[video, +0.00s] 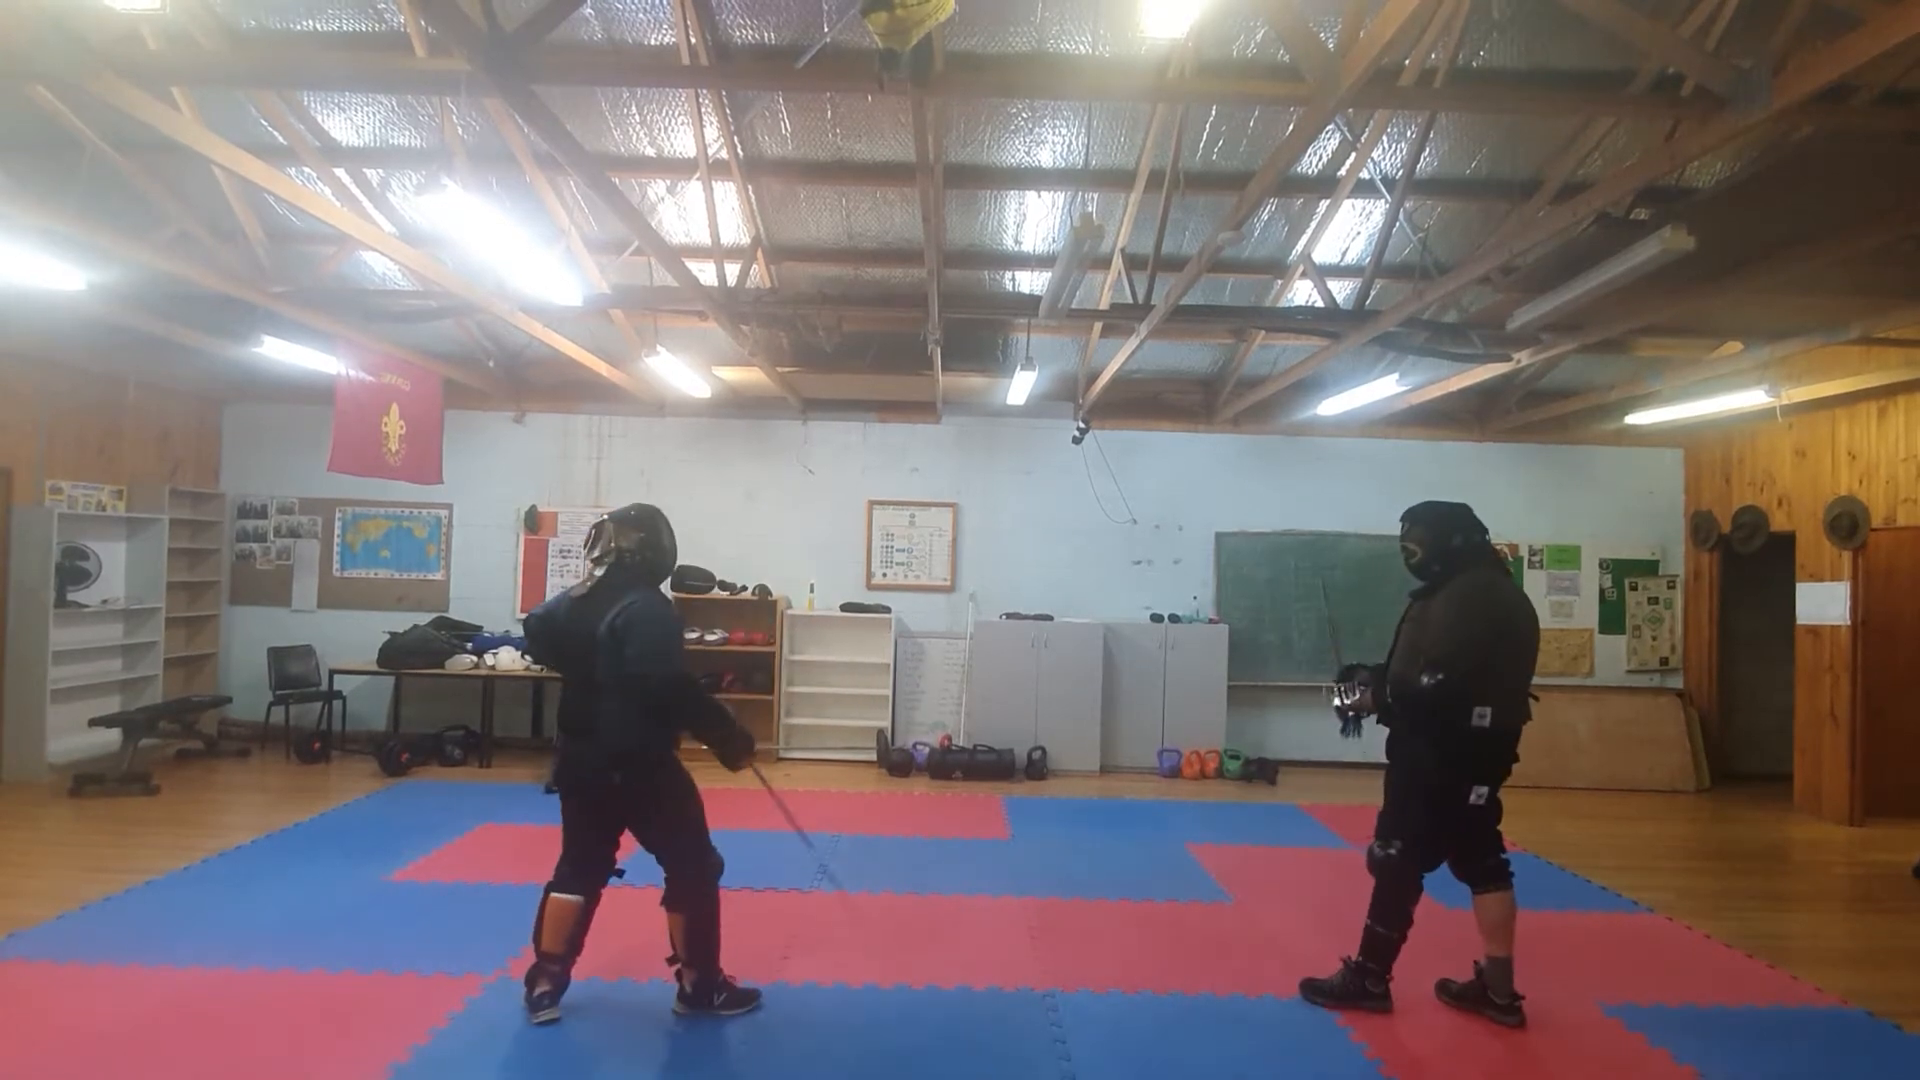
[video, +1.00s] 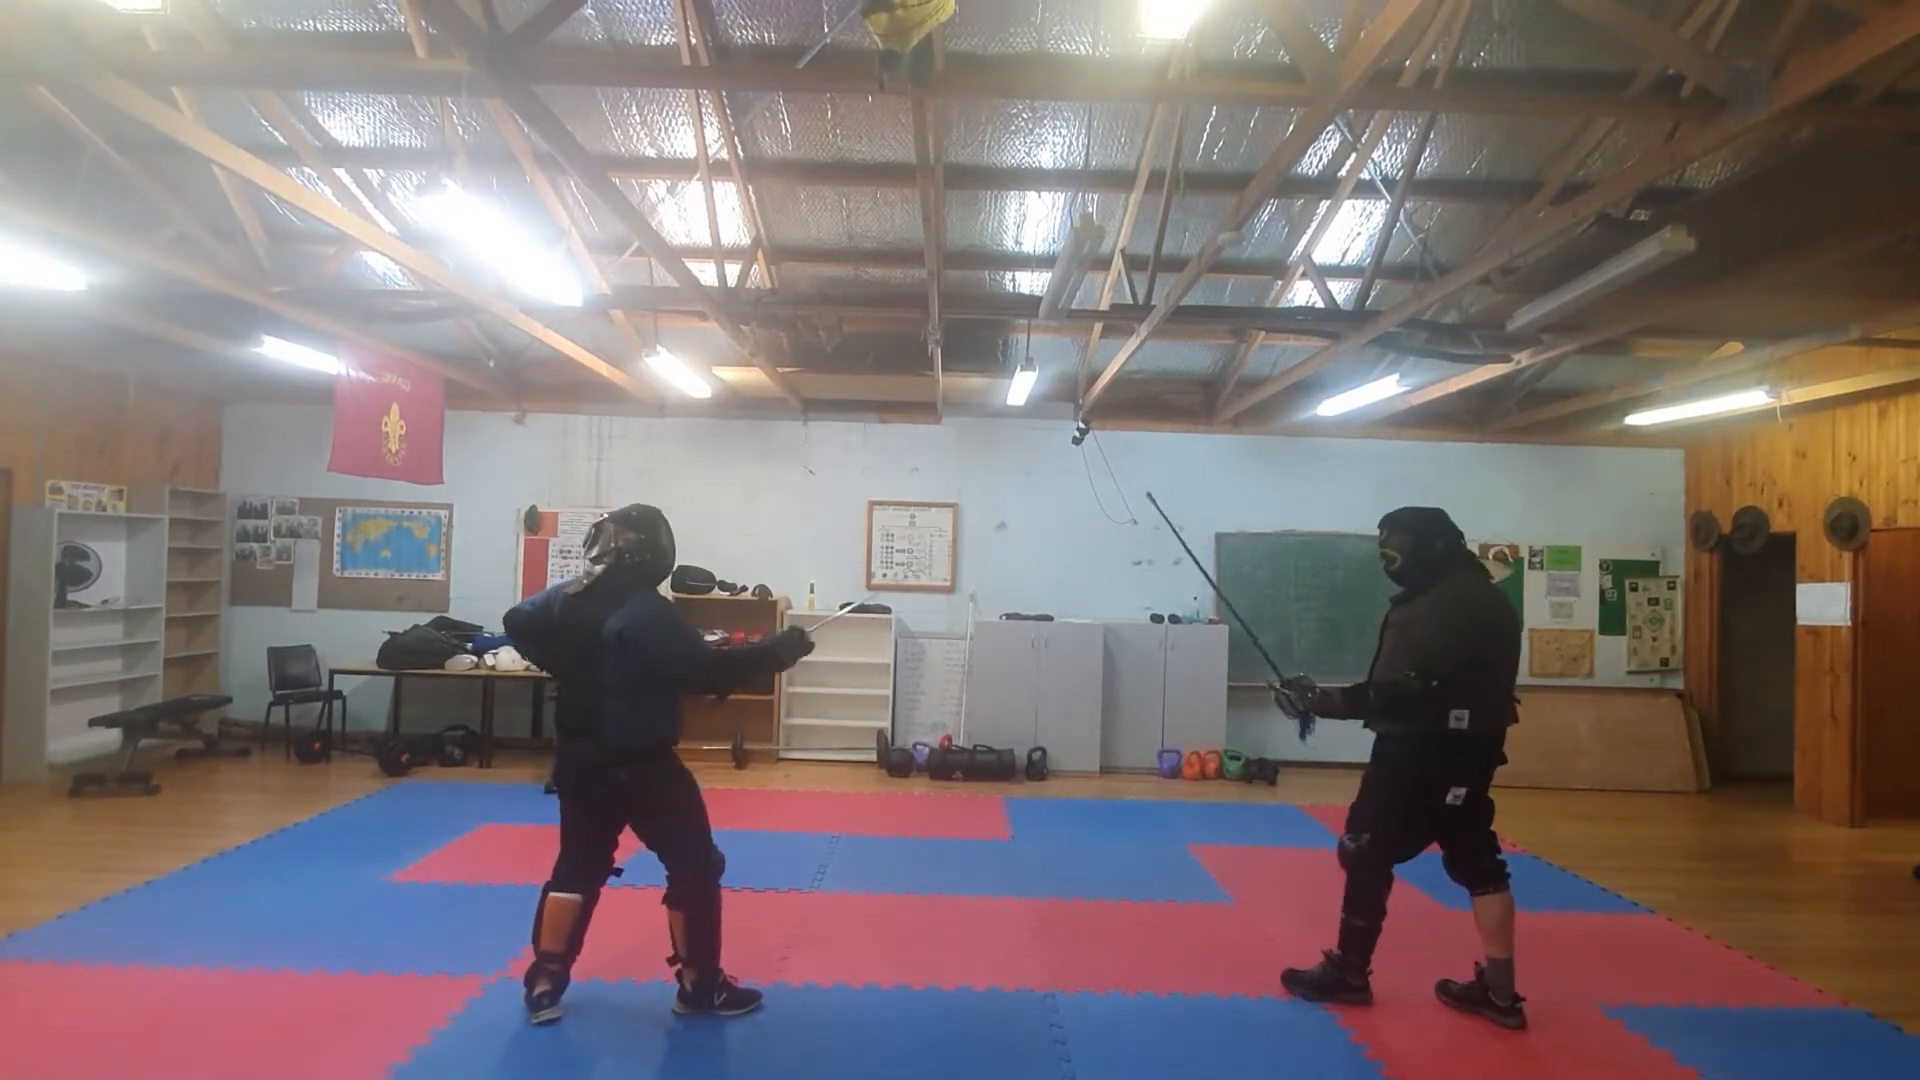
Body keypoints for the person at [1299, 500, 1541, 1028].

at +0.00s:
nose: (1410, 560)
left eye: (1416, 549)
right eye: (1407, 550)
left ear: (1448, 543)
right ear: (1457, 542)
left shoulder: (1464, 599)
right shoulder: (1496, 593)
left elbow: (1445, 693)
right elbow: (1435, 672)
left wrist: (1383, 698)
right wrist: (1380, 681)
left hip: (1433, 763)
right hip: (1479, 762)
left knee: (1396, 861)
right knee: (1484, 864)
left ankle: (1369, 975)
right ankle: (1497, 986)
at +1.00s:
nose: (1388, 566)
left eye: (1394, 554)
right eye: (1385, 555)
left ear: (1423, 548)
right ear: (1442, 546)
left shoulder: (1421, 609)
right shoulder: (1491, 601)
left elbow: (1395, 700)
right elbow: (1495, 699)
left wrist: (1319, 699)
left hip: (1413, 757)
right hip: (1472, 758)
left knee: (1366, 852)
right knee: (1479, 864)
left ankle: (1349, 970)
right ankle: (1499, 989)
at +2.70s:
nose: (1368, 567)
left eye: (1373, 556)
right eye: (1366, 557)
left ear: (1402, 551)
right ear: (1426, 547)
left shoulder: (1405, 606)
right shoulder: (1475, 600)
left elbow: (1345, 659)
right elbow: (1474, 686)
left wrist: (1252, 657)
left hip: (1395, 753)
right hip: (1456, 752)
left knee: (1343, 844)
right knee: (1470, 855)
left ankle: (1344, 970)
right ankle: (1513, 973)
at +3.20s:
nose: (1401, 578)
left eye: (1406, 567)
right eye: (1399, 568)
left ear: (1435, 564)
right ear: (1458, 562)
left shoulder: (1440, 617)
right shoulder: (1512, 616)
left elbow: (1369, 665)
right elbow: (1511, 703)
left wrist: (1281, 643)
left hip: (1432, 768)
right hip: (1494, 771)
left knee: (1364, 851)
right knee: (1518, 869)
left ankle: (1345, 970)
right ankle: (1589, 984)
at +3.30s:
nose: (1419, 578)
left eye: (1424, 567)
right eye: (1417, 568)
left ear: (1454, 564)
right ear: (1480, 561)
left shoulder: (1460, 616)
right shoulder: (1532, 613)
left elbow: (1390, 668)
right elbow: (1534, 701)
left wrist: (1298, 647)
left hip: (1457, 765)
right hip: (1519, 765)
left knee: (1391, 855)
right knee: (1538, 870)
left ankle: (1350, 968)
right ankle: (1596, 991)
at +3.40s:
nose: (1437, 576)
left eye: (1442, 565)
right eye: (1435, 566)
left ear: (1471, 559)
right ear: (1498, 556)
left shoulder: (1478, 612)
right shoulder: (1548, 608)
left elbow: (1407, 667)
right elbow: (1546, 690)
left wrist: (1318, 651)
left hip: (1473, 760)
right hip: (1535, 759)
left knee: (1408, 855)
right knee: (1544, 867)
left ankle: (1360, 967)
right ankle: (1598, 992)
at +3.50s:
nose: (1450, 577)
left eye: (1455, 565)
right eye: (1447, 566)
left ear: (1485, 559)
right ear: (1512, 555)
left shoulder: (1486, 613)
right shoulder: (1562, 610)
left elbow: (1417, 666)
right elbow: (1563, 698)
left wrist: (1328, 649)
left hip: (1478, 763)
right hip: (1541, 763)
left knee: (1409, 849)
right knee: (1552, 869)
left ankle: (1396, 978)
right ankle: (1600, 993)